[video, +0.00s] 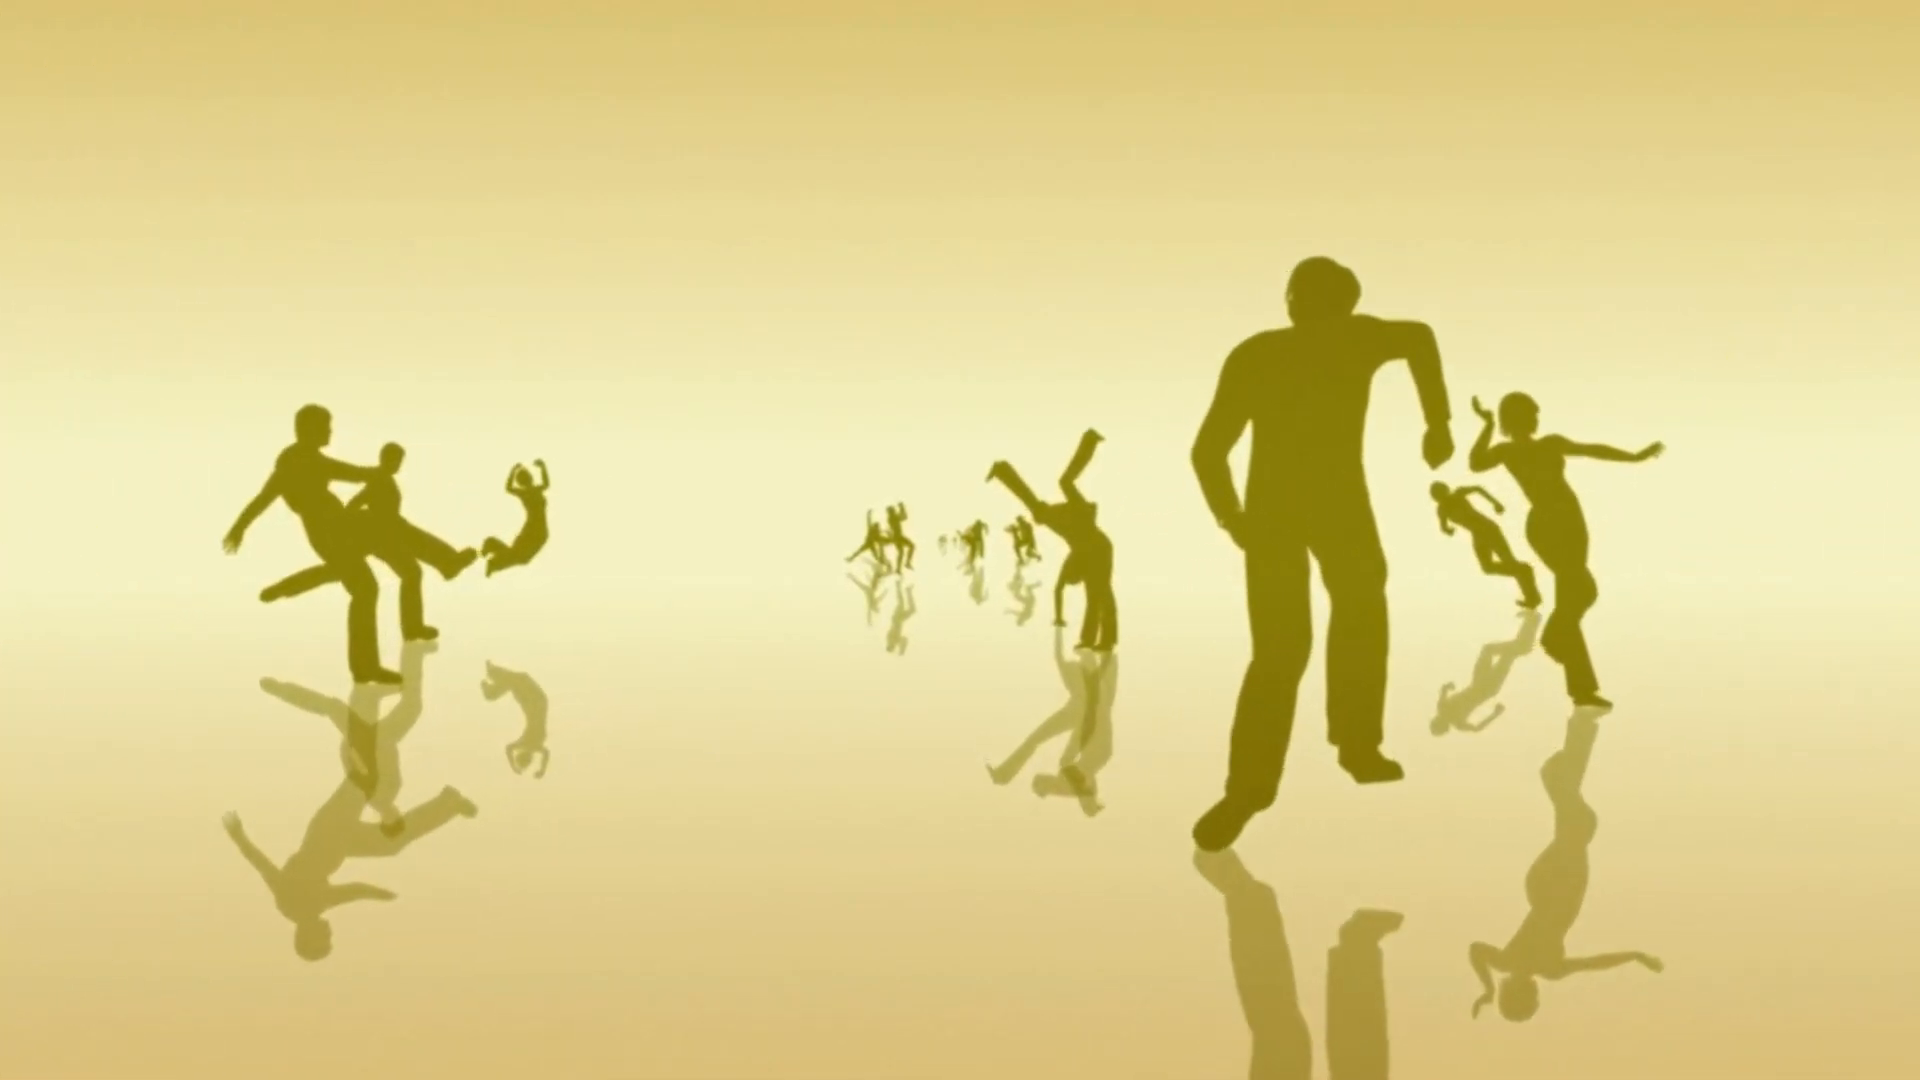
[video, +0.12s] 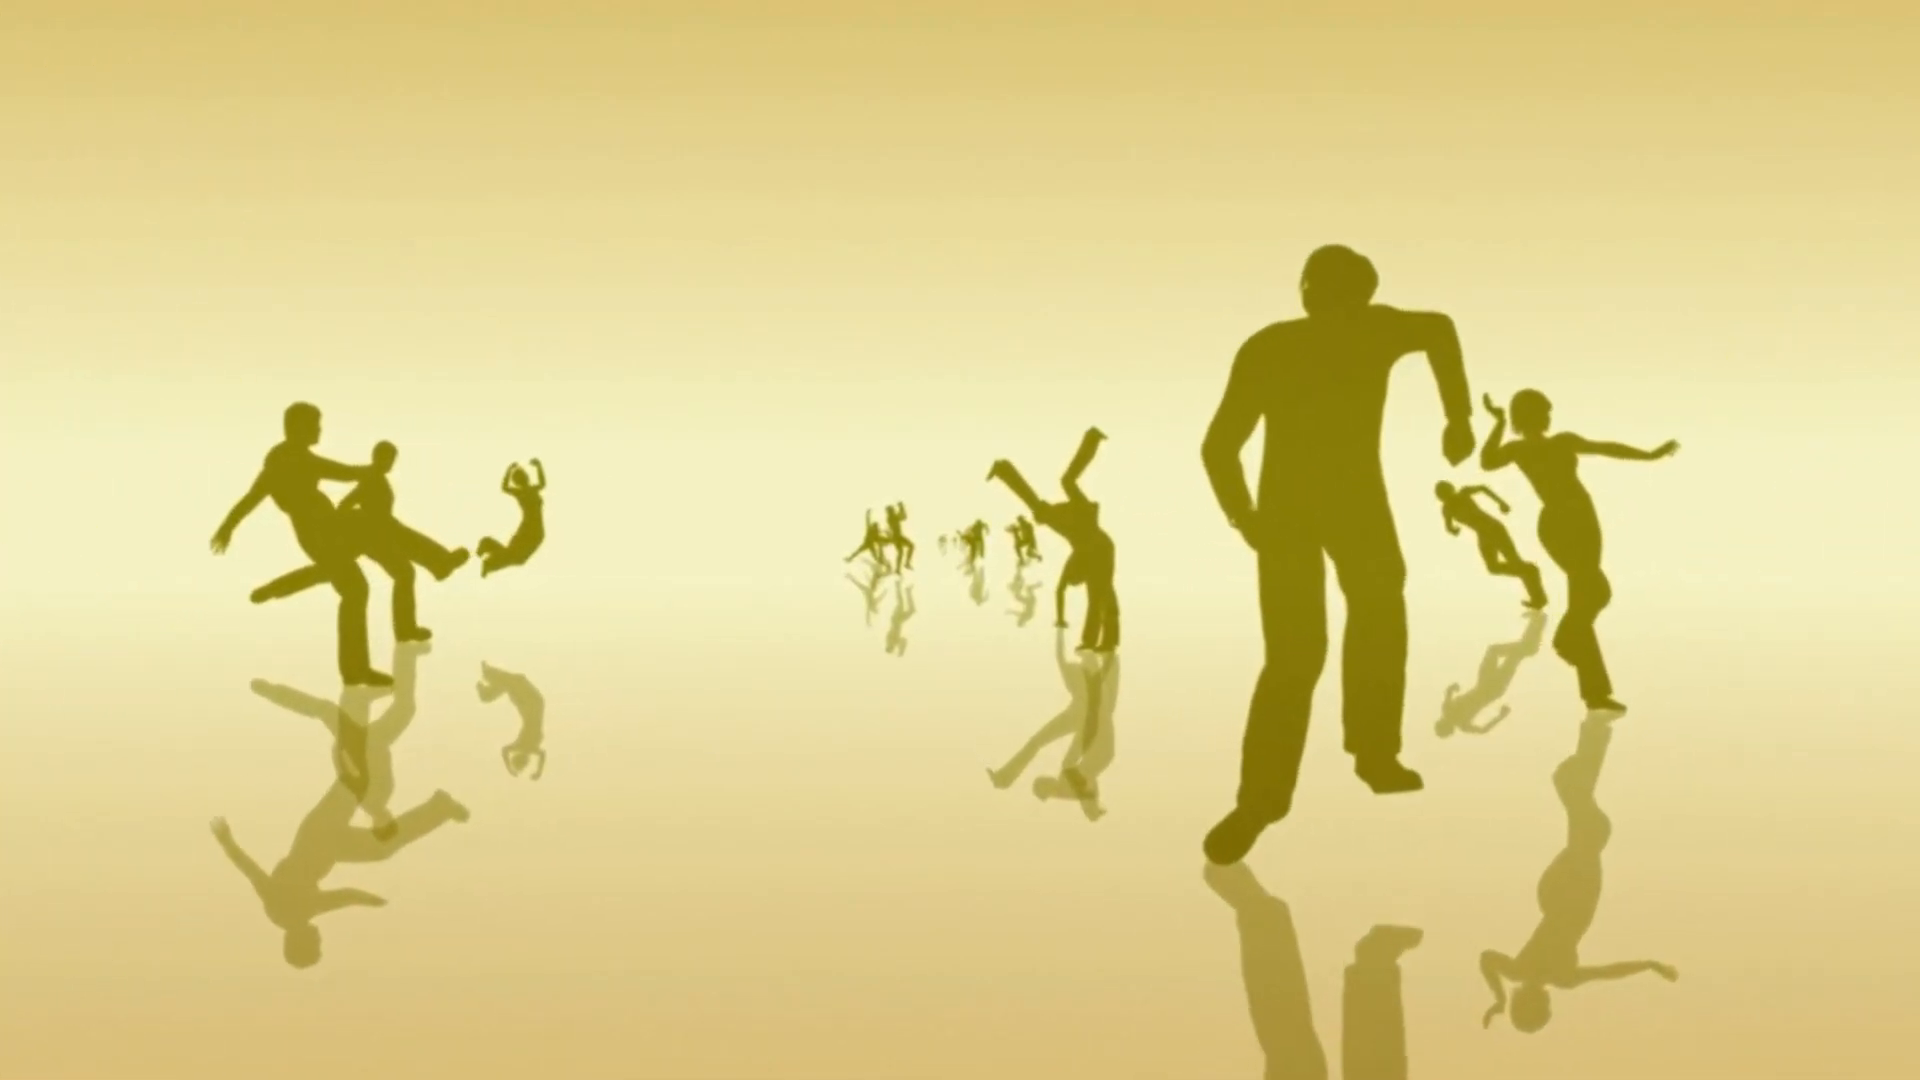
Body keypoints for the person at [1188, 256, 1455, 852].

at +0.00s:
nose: (1334, 316)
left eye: (1323, 304)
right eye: (1339, 304)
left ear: (1293, 300)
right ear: (1343, 300)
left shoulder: (1254, 354)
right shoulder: (1359, 338)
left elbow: (1207, 450)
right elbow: (1420, 336)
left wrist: (1230, 516)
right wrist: (1438, 421)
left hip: (1270, 514)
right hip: (1340, 508)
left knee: (1278, 650)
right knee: (1362, 606)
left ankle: (1248, 789)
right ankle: (1359, 742)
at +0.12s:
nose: (1346, 308)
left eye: (1340, 294)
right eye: (1350, 294)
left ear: (1308, 289)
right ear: (1359, 290)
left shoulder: (1267, 346)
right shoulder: (1377, 329)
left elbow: (1219, 446)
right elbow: (1440, 328)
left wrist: (1242, 514)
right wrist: (1458, 417)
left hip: (1284, 512)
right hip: (1356, 506)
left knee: (1292, 655)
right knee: (1379, 613)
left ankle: (1260, 799)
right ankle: (1377, 750)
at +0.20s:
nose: (1370, 294)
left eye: (1368, 279)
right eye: (1372, 278)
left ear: (1332, 272)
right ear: (1385, 273)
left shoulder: (1289, 333)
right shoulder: (1407, 315)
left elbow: (1236, 441)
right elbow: (1473, 313)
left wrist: (1262, 514)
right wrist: (1493, 408)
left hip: (1307, 511)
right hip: (1381, 504)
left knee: (1315, 663)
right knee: (1409, 614)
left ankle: (1282, 816)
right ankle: (1405, 765)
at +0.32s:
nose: (1393, 282)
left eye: (1388, 267)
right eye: (1399, 267)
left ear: (1350, 260)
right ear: (1407, 261)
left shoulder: (1304, 324)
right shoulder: (1428, 304)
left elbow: (1249, 436)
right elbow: (1498, 303)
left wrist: (1277, 512)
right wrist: (1520, 409)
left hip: (1322, 509)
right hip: (1403, 500)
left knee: (1332, 668)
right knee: (1430, 616)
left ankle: (1297, 830)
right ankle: (1428, 777)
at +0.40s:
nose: (1417, 259)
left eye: (1411, 241)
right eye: (1423, 241)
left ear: (1381, 237)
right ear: (1442, 238)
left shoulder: (1330, 308)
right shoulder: (1466, 286)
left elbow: (1272, 428)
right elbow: (1539, 284)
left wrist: (1302, 510)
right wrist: (1564, 384)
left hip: (1350, 505)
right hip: (1437, 497)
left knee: (1361, 677)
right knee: (1467, 624)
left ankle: (1323, 852)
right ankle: (1463, 794)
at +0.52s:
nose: (1443, 245)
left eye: (1439, 227)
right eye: (1448, 228)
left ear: (1403, 221)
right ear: (1468, 223)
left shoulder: (1350, 295)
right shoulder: (1491, 272)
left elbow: (1288, 422)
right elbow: (1570, 271)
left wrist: (1319, 507)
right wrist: (1596, 383)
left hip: (1371, 506)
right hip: (1462, 497)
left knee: (1382, 685)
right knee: (1493, 637)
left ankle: (1343, 867)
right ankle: (1491, 806)